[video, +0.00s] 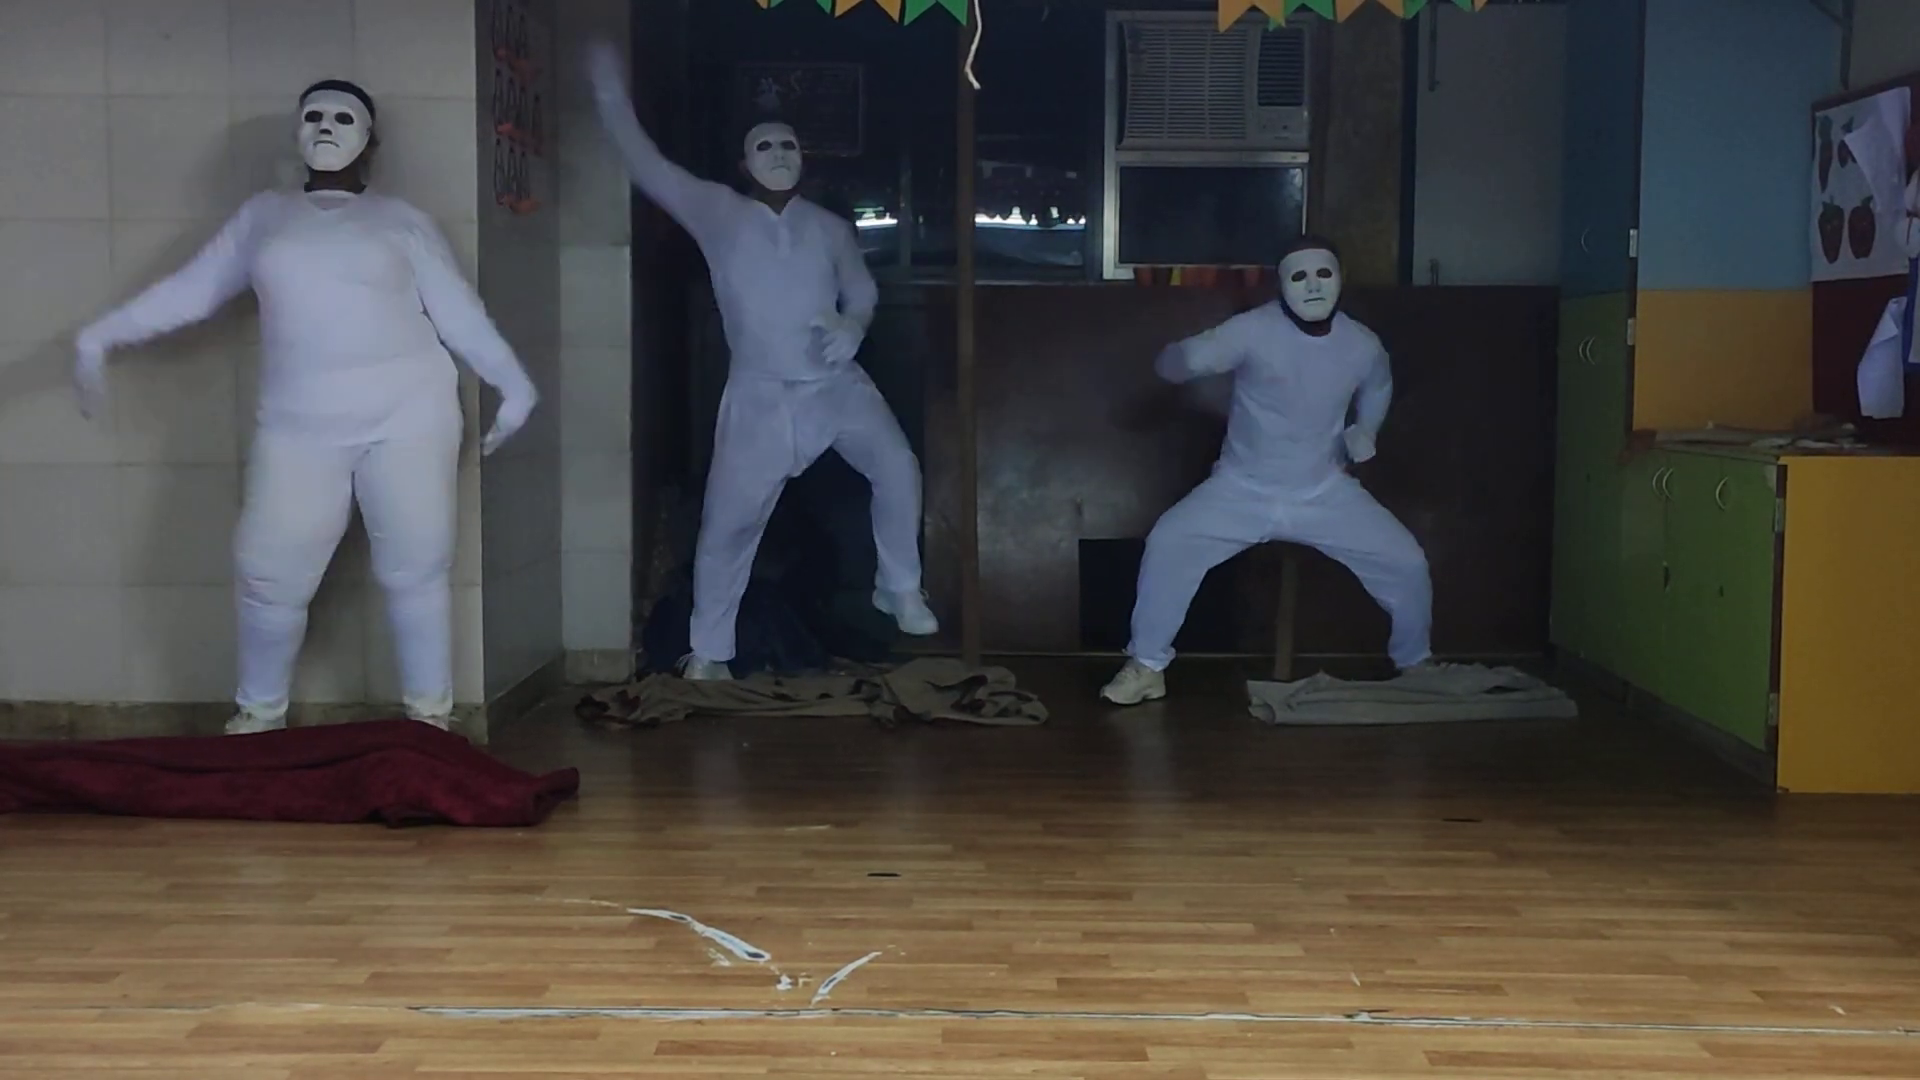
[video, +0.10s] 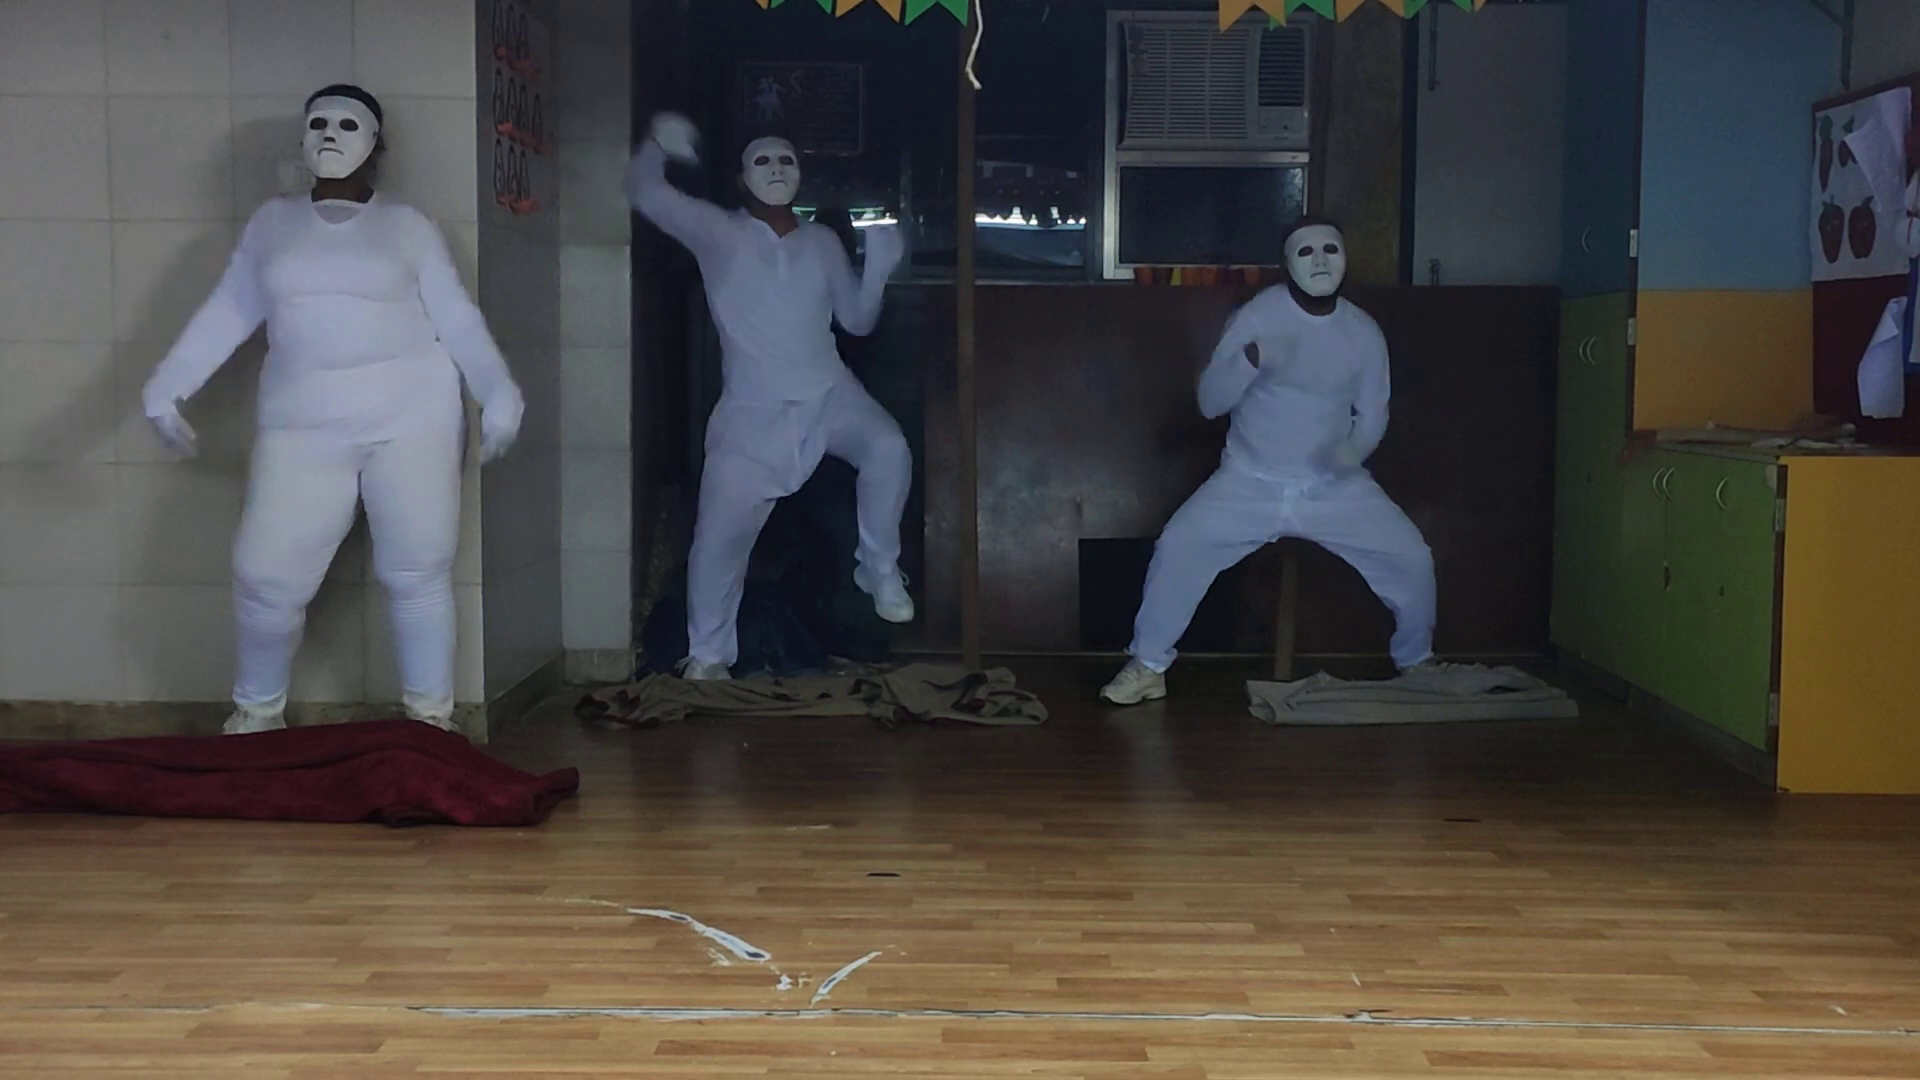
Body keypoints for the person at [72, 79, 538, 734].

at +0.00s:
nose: (326, 129)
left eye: (342, 120)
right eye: (314, 119)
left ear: (367, 137)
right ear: (297, 135)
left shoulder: (400, 222)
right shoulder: (264, 220)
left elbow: (457, 311)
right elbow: (191, 290)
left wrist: (513, 380)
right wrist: (103, 332)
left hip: (407, 423)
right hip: (299, 427)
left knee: (415, 572)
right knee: (268, 574)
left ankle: (429, 713)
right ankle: (260, 713)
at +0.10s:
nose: (330, 137)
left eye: (347, 127)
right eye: (319, 127)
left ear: (374, 143)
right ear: (304, 141)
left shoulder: (408, 228)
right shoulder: (272, 226)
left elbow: (458, 319)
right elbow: (230, 310)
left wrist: (499, 392)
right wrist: (165, 386)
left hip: (410, 421)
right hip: (302, 428)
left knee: (417, 574)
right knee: (266, 577)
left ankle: (430, 716)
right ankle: (258, 713)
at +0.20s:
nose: (316, 116)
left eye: (331, 102)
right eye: (303, 108)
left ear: (361, 116)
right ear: (291, 126)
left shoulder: (407, 201)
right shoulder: (270, 208)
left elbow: (482, 245)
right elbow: (202, 270)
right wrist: (116, 307)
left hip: (398, 408)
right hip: (291, 408)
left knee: (407, 562)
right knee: (251, 558)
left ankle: (430, 716)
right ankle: (241, 706)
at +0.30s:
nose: (294, 105)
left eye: (306, 90)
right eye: (281, 103)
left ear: (340, 97)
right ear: (277, 125)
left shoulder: (406, 174)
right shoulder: (263, 184)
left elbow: (495, 138)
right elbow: (162, 182)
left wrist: (550, 89)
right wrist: (73, 153)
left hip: (381, 393)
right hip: (273, 390)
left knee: (396, 552)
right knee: (237, 544)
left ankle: (431, 706)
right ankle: (227, 701)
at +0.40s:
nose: (279, 111)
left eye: (290, 97)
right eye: (265, 112)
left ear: (326, 101)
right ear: (261, 134)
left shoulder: (387, 172)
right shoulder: (253, 179)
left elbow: (449, 79)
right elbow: (160, 112)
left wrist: (467, 1)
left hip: (356, 400)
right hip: (248, 395)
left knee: (387, 563)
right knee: (230, 559)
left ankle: (433, 711)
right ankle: (219, 715)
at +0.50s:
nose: (270, 129)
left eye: (279, 114)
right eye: (256, 129)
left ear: (312, 120)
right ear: (249, 154)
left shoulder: (367, 199)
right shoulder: (245, 206)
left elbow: (403, 94)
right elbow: (180, 117)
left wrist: (349, 9)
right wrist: (216, 19)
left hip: (336, 424)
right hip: (226, 421)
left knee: (372, 583)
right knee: (224, 580)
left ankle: (424, 719)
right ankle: (222, 726)